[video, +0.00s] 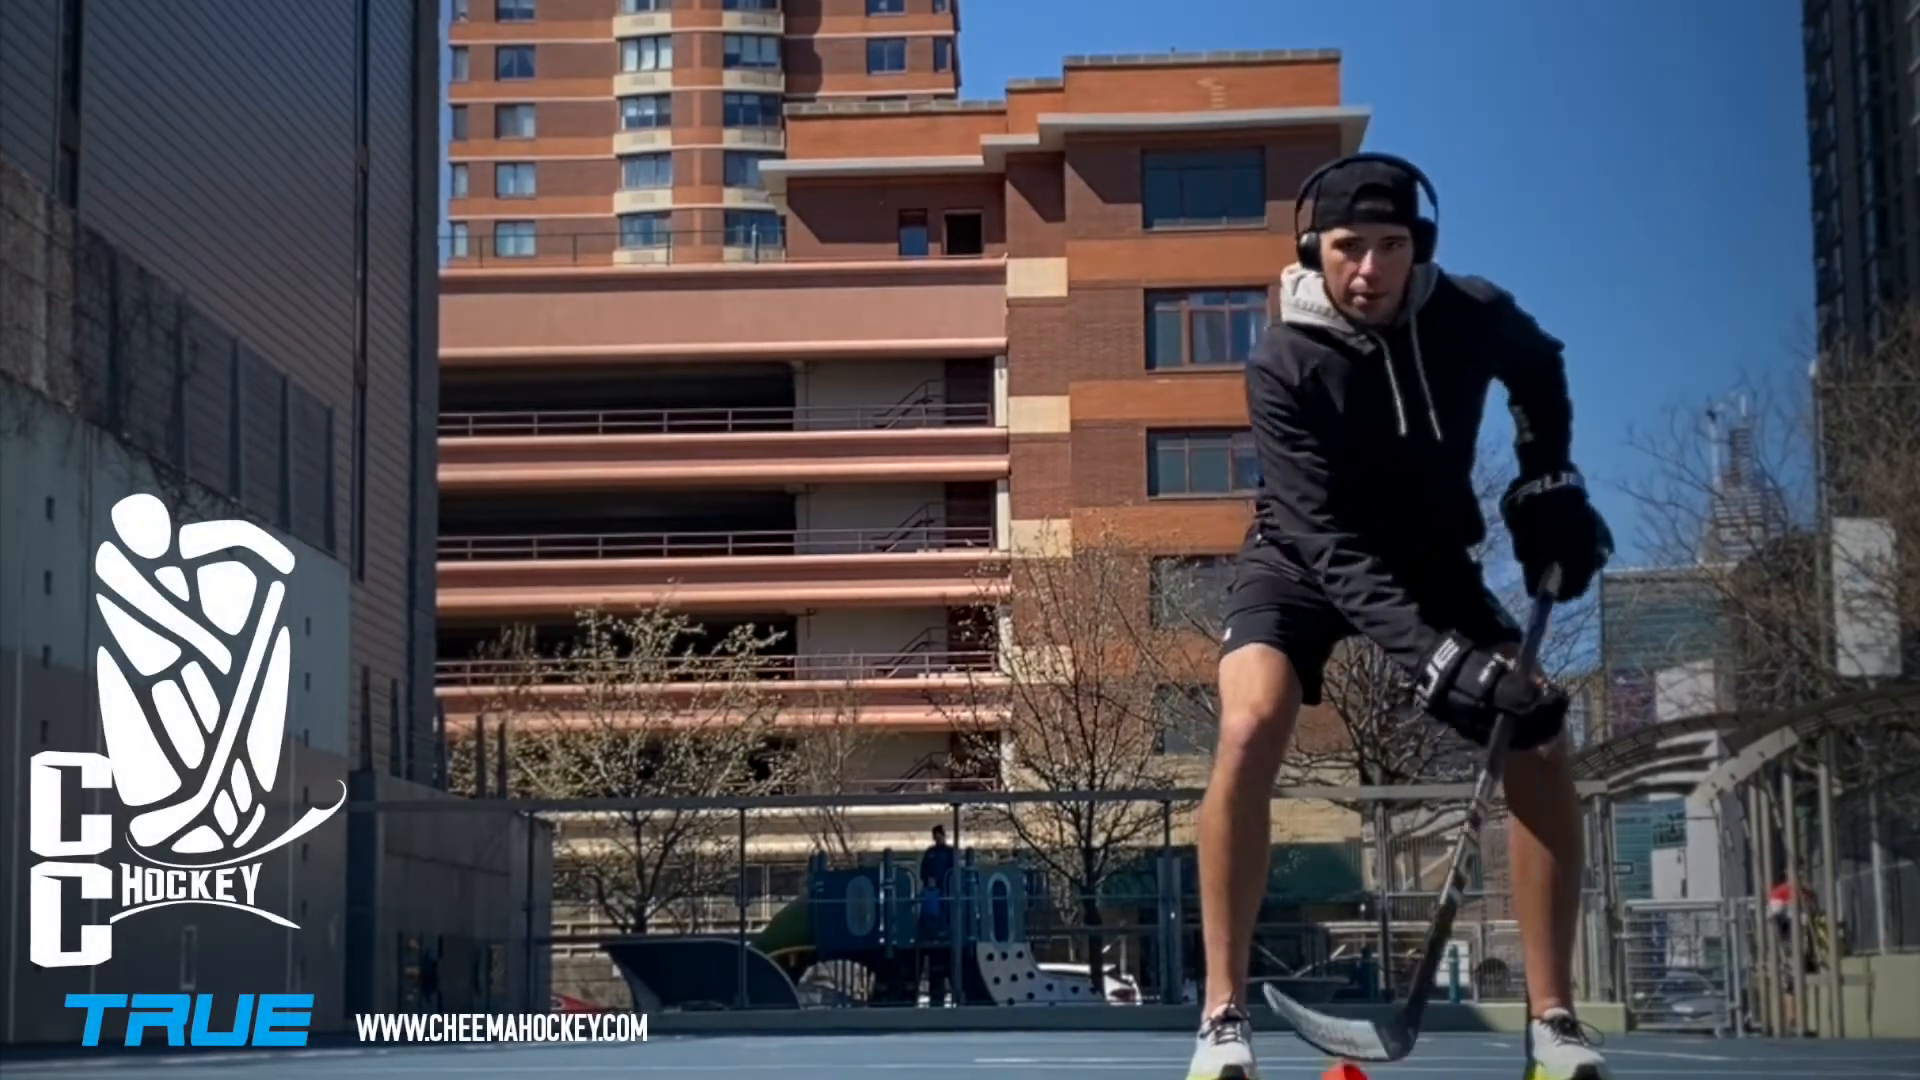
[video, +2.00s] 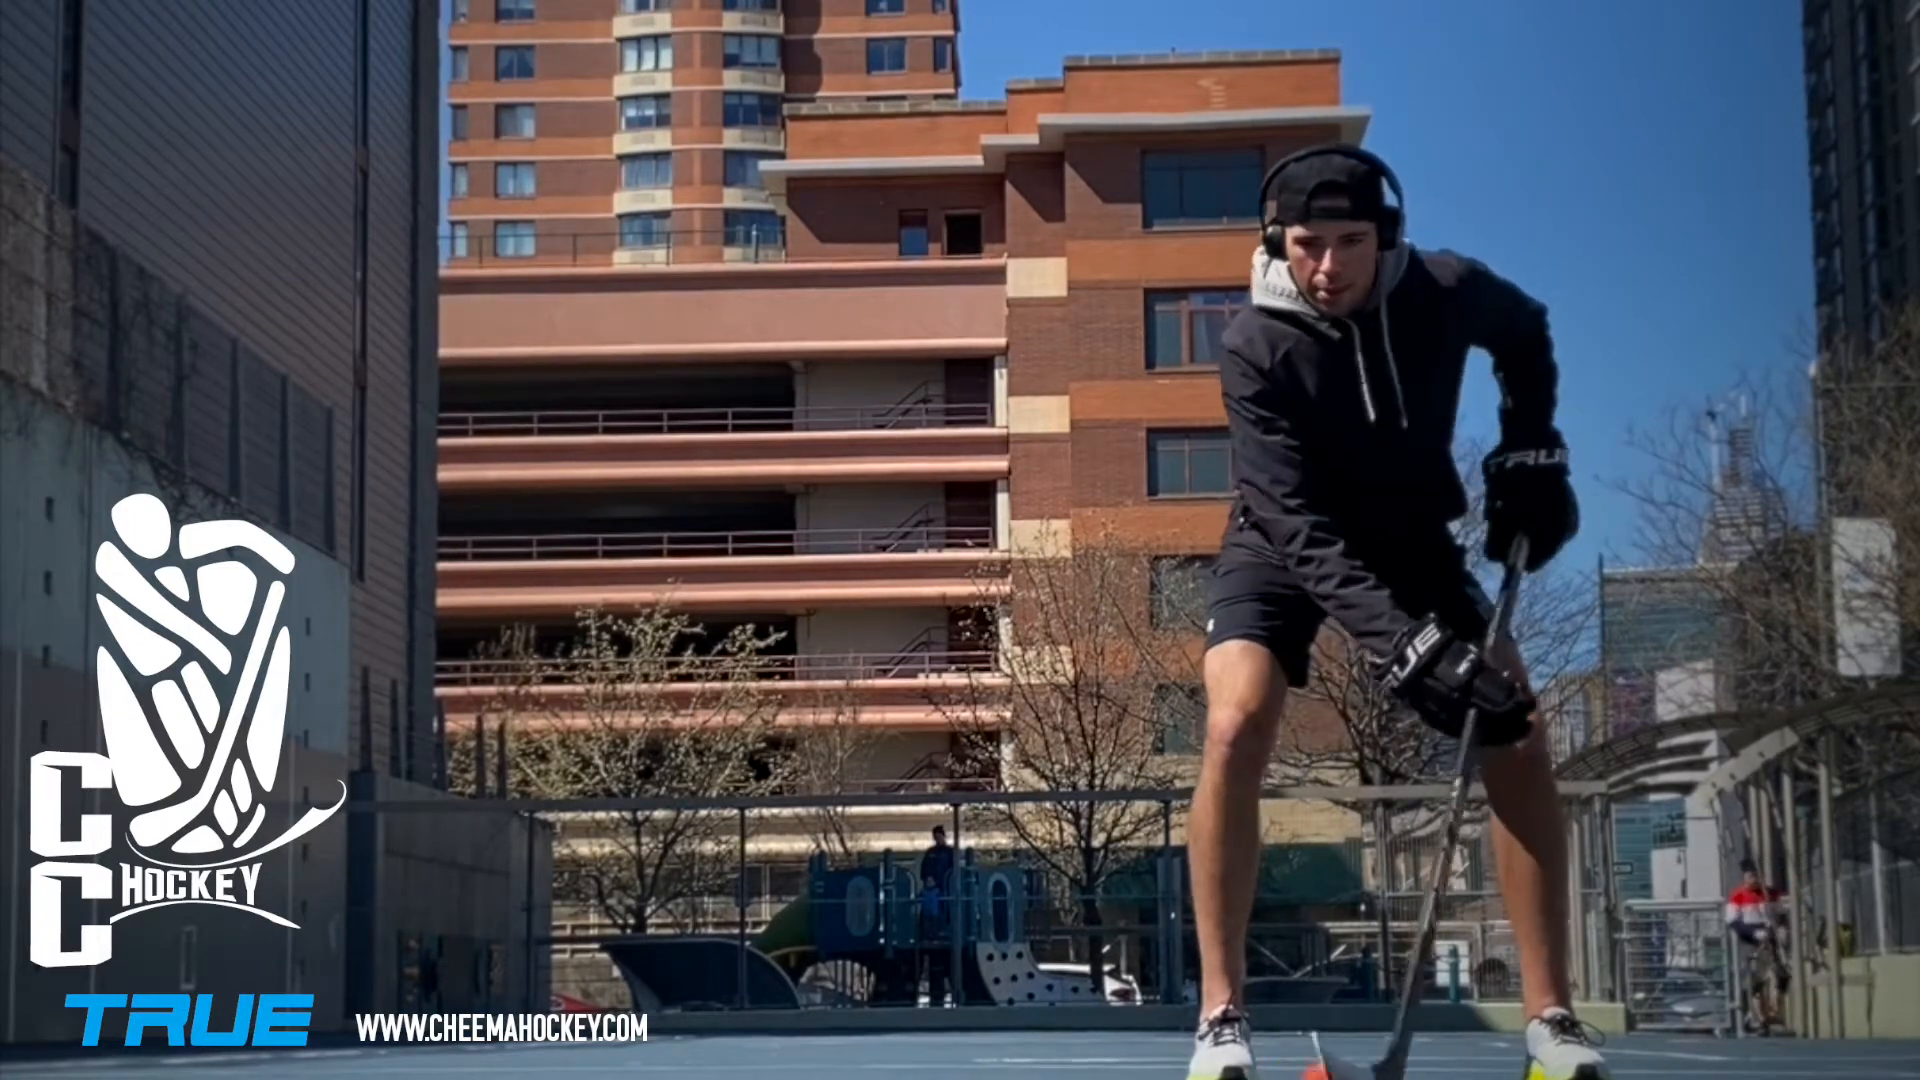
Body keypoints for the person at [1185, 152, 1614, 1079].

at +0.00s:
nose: (1369, 271)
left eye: (1389, 249)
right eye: (1348, 249)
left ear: (1420, 250)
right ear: (1312, 252)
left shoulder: (1472, 315)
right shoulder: (1287, 361)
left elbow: (1538, 370)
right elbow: (1322, 544)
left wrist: (1548, 483)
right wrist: (1435, 660)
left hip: (1431, 558)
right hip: (1301, 558)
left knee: (1537, 742)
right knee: (1251, 727)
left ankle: (1553, 1018)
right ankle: (1222, 1013)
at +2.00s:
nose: (1326, 266)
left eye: (1347, 244)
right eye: (1307, 246)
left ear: (1384, 237)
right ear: (1280, 243)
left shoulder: (1444, 289)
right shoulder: (1258, 344)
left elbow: (1523, 331)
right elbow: (1294, 526)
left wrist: (1530, 455)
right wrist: (1408, 644)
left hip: (1414, 536)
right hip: (1282, 542)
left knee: (1517, 730)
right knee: (1236, 725)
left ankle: (1550, 1013)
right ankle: (1220, 1013)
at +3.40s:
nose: (1453, 248)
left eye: (1462, 226)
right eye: (1430, 229)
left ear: (1473, 227)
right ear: (1376, 235)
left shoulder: (1491, 298)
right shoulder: (1314, 345)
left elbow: (1540, 348)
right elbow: (1349, 540)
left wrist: (1550, 467)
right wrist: (1499, 661)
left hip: (1431, 545)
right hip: (1305, 541)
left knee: (1539, 750)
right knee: (1260, 732)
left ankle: (1554, 1020)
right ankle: (1223, 1014)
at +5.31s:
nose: (1540, 260)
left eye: (1542, 243)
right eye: (1531, 242)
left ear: (1474, 241)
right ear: (1476, 243)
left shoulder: (1492, 313)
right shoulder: (1349, 329)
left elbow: (1523, 400)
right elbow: (1366, 534)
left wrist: (1542, 482)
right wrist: (1501, 652)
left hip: (1406, 542)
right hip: (1292, 536)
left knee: (1527, 740)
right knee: (1278, 738)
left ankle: (1558, 1025)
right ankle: (1225, 1017)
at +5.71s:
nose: (1449, 233)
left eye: (1465, 213)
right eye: (1426, 212)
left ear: (1481, 223)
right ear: (1377, 221)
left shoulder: (1493, 305)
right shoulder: (1320, 334)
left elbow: (1543, 389)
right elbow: (1316, 525)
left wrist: (1571, 486)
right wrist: (1415, 647)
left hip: (1419, 548)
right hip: (1296, 541)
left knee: (1539, 729)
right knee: (1270, 731)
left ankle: (1558, 1017)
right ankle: (1223, 1016)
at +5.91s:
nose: (1369, 227)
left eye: (1386, 206)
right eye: (1346, 209)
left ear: (1416, 217)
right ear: (1311, 228)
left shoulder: (1464, 296)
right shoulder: (1289, 351)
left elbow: (1516, 362)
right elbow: (1329, 532)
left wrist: (1518, 460)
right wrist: (1446, 663)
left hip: (1421, 541)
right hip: (1295, 543)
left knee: (1539, 746)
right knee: (1255, 727)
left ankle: (1550, 1012)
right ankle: (1223, 1013)